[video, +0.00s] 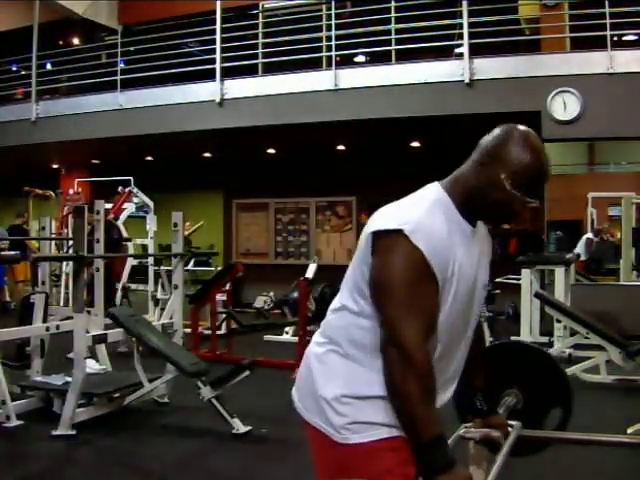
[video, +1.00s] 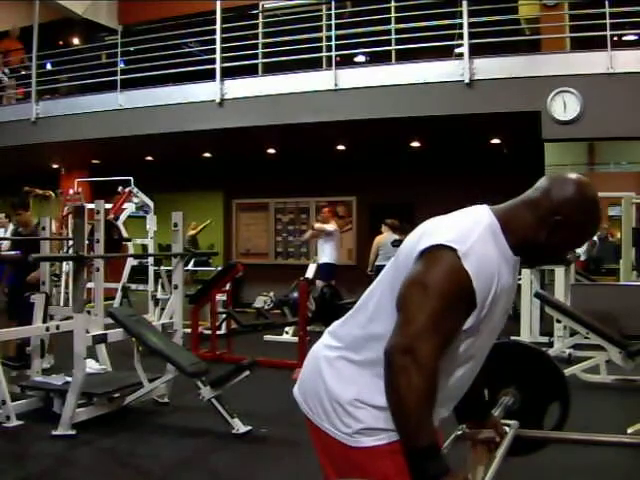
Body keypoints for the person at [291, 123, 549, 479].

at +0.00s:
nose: (524, 208)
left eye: (530, 197)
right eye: (524, 192)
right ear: (500, 176)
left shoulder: (477, 235)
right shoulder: (410, 231)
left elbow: (467, 328)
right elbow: (405, 356)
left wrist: (479, 411)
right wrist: (439, 462)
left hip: (410, 396)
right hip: (352, 402)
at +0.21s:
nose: (545, 228)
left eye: (554, 218)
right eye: (550, 215)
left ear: (515, 181)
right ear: (531, 198)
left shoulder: (488, 236)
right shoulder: (430, 233)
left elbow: (466, 336)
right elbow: (412, 355)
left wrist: (478, 412)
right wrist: (437, 462)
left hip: (407, 393)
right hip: (356, 398)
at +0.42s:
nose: (558, 232)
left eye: (567, 224)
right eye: (564, 221)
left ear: (537, 192)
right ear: (547, 203)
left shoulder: (492, 239)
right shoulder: (448, 235)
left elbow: (454, 341)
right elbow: (419, 352)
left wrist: (472, 413)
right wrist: (435, 460)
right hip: (361, 401)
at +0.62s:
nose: (569, 245)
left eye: (576, 236)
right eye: (573, 232)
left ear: (540, 195)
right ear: (553, 214)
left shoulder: (495, 244)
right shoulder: (463, 242)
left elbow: (450, 346)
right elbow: (414, 352)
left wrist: (471, 413)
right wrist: (434, 463)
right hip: (359, 400)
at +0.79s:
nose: (570, 248)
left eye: (578, 240)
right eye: (575, 235)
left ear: (543, 201)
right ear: (554, 217)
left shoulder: (496, 244)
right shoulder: (463, 246)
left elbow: (450, 342)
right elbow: (411, 354)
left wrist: (471, 411)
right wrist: (434, 466)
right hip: (355, 400)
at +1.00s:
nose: (569, 254)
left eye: (577, 246)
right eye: (574, 243)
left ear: (545, 212)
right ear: (553, 224)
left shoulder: (497, 250)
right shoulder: (463, 252)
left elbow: (457, 342)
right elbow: (408, 355)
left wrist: (474, 415)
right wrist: (429, 463)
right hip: (355, 403)